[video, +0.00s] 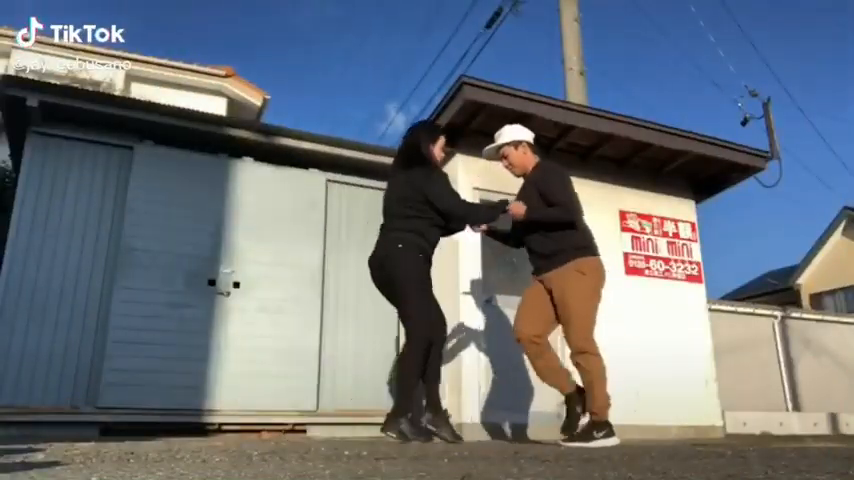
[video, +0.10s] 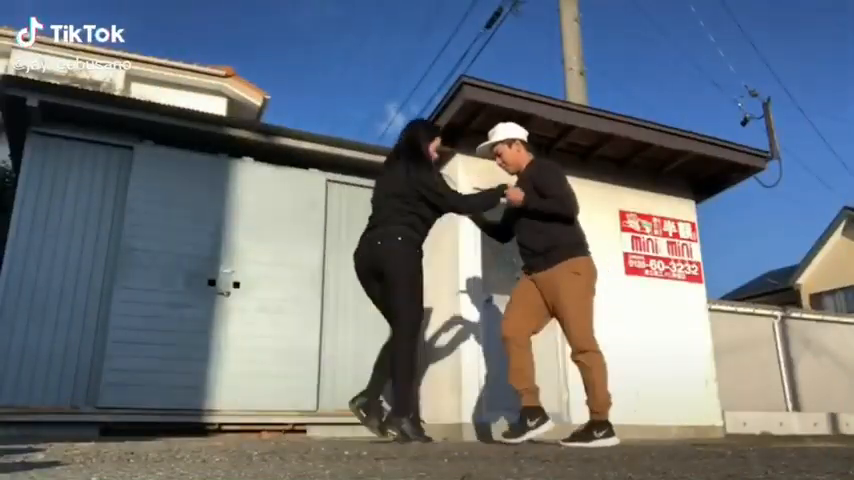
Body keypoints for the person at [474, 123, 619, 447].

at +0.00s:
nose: (504, 164)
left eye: (505, 156)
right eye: (501, 159)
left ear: (524, 148)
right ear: (517, 154)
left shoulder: (549, 173)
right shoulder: (526, 190)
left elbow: (570, 214)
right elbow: (520, 238)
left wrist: (528, 213)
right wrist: (490, 230)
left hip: (576, 268)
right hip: (547, 277)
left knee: (581, 344)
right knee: (528, 333)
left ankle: (601, 422)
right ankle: (572, 394)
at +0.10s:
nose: (497, 161)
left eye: (499, 153)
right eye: (494, 156)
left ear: (517, 145)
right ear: (509, 152)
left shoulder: (544, 170)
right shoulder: (519, 187)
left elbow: (569, 209)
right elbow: (503, 233)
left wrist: (525, 200)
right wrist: (473, 213)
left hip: (569, 268)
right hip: (536, 276)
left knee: (583, 345)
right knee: (513, 331)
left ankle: (600, 422)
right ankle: (532, 414)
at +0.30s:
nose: (479, 159)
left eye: (481, 151)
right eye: (477, 154)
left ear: (499, 146)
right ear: (493, 151)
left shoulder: (529, 169)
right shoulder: (498, 189)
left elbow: (544, 208)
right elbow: (485, 239)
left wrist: (505, 185)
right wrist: (458, 215)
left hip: (538, 274)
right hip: (510, 281)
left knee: (539, 346)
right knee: (502, 349)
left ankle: (593, 416)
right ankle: (503, 422)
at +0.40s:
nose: (473, 164)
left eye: (475, 156)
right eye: (471, 158)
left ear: (493, 147)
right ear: (488, 151)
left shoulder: (518, 170)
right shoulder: (497, 190)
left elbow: (530, 205)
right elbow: (491, 246)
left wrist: (487, 196)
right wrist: (453, 229)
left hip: (520, 273)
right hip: (513, 275)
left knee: (482, 336)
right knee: (499, 344)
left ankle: (547, 386)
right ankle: (501, 423)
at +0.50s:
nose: (465, 163)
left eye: (466, 155)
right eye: (462, 158)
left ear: (484, 147)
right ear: (486, 151)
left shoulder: (503, 174)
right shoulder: (508, 182)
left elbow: (493, 212)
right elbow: (486, 248)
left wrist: (453, 215)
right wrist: (446, 246)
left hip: (505, 272)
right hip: (522, 277)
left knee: (457, 325)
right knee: (491, 345)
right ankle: (500, 426)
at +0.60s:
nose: (457, 164)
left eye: (459, 155)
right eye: (455, 158)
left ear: (477, 147)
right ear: (476, 151)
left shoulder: (495, 174)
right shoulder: (500, 181)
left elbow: (473, 213)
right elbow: (477, 246)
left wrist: (425, 215)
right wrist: (438, 245)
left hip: (498, 271)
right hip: (514, 275)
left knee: (453, 330)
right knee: (483, 345)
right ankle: (498, 420)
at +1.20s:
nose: (454, 153)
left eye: (456, 145)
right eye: (452, 148)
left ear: (474, 138)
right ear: (467, 145)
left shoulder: (503, 162)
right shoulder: (471, 185)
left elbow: (527, 201)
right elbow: (446, 226)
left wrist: (481, 207)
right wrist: (406, 210)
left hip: (504, 261)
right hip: (495, 262)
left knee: (460, 321)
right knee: (481, 334)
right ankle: (492, 415)